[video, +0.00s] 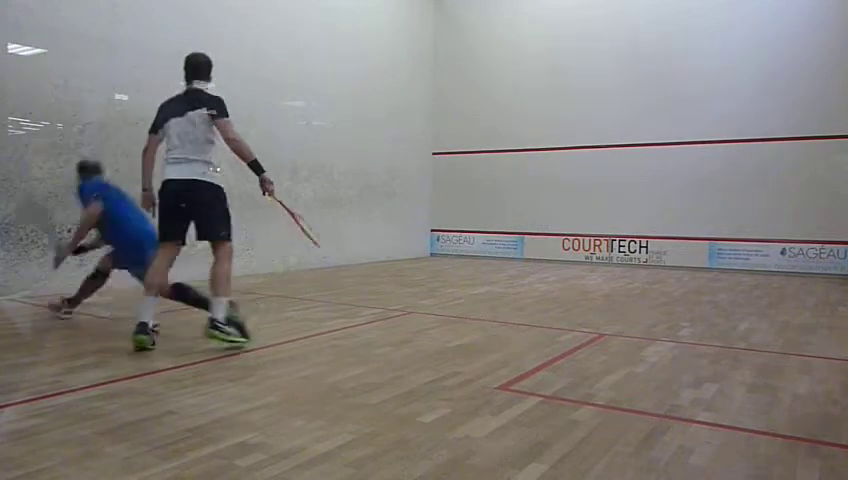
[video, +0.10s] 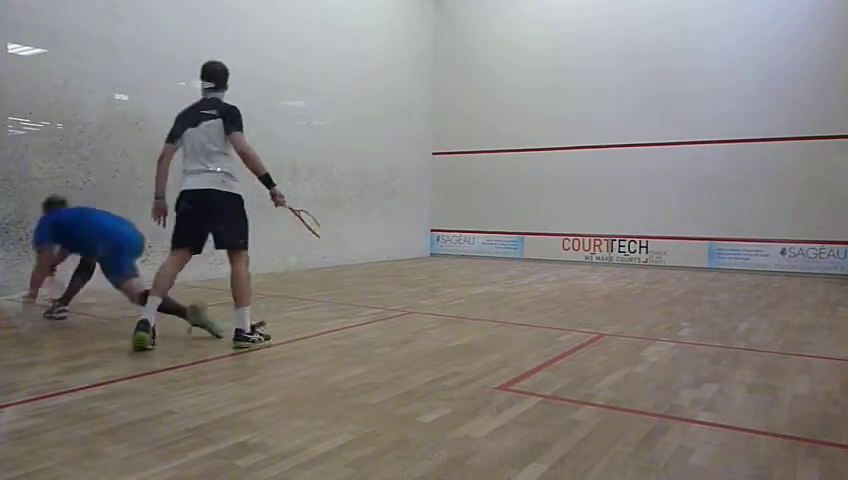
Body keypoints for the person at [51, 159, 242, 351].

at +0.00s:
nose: (79, 182)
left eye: (80, 179)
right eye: (84, 179)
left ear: (81, 177)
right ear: (100, 174)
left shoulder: (90, 187)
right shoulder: (111, 192)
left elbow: (94, 212)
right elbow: (106, 237)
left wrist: (71, 246)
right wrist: (80, 249)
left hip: (135, 243)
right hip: (145, 239)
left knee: (161, 287)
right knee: (105, 264)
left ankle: (219, 308)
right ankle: (73, 302)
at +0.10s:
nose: (46, 218)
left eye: (45, 214)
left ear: (47, 212)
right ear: (64, 209)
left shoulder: (48, 222)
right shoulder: (80, 220)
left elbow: (44, 263)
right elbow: (63, 254)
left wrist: (32, 294)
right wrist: (50, 268)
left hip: (113, 246)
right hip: (135, 238)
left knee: (138, 295)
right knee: (87, 261)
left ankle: (188, 313)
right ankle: (63, 303)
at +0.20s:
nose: (28, 241)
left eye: (27, 238)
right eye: (28, 238)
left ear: (29, 233)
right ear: (44, 224)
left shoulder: (34, 235)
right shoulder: (66, 224)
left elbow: (33, 279)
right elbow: (79, 260)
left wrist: (25, 317)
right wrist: (64, 298)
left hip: (98, 235)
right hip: (120, 228)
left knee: (111, 295)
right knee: (79, 265)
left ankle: (164, 306)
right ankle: (61, 303)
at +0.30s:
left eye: (24, 219)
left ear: (24, 216)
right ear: (38, 206)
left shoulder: (28, 222)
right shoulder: (60, 209)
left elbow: (27, 272)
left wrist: (20, 314)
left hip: (88, 226)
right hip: (114, 221)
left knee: (71, 288)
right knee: (82, 262)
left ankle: (126, 294)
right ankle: (61, 302)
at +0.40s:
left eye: (26, 191)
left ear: (24, 191)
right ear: (42, 182)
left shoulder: (27, 202)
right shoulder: (61, 188)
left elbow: (18, 250)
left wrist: (12, 288)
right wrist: (108, 240)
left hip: (81, 226)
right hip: (111, 222)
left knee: (34, 263)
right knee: (73, 254)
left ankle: (81, 292)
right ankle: (62, 302)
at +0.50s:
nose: (32, 164)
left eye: (29, 161)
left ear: (28, 160)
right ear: (48, 153)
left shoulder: (28, 179)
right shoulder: (71, 165)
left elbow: (17, 229)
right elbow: (116, 179)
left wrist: (13, 267)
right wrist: (127, 211)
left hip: (70, 219)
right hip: (104, 218)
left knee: (30, 261)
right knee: (75, 253)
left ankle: (36, 309)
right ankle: (62, 303)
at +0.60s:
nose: (65, 131)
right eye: (64, 127)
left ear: (41, 132)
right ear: (64, 127)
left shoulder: (32, 157)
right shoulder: (86, 145)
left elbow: (21, 204)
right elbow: (122, 160)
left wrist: (21, 240)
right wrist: (137, 192)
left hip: (58, 210)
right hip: (96, 209)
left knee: (33, 260)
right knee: (82, 260)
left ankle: (31, 317)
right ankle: (68, 307)